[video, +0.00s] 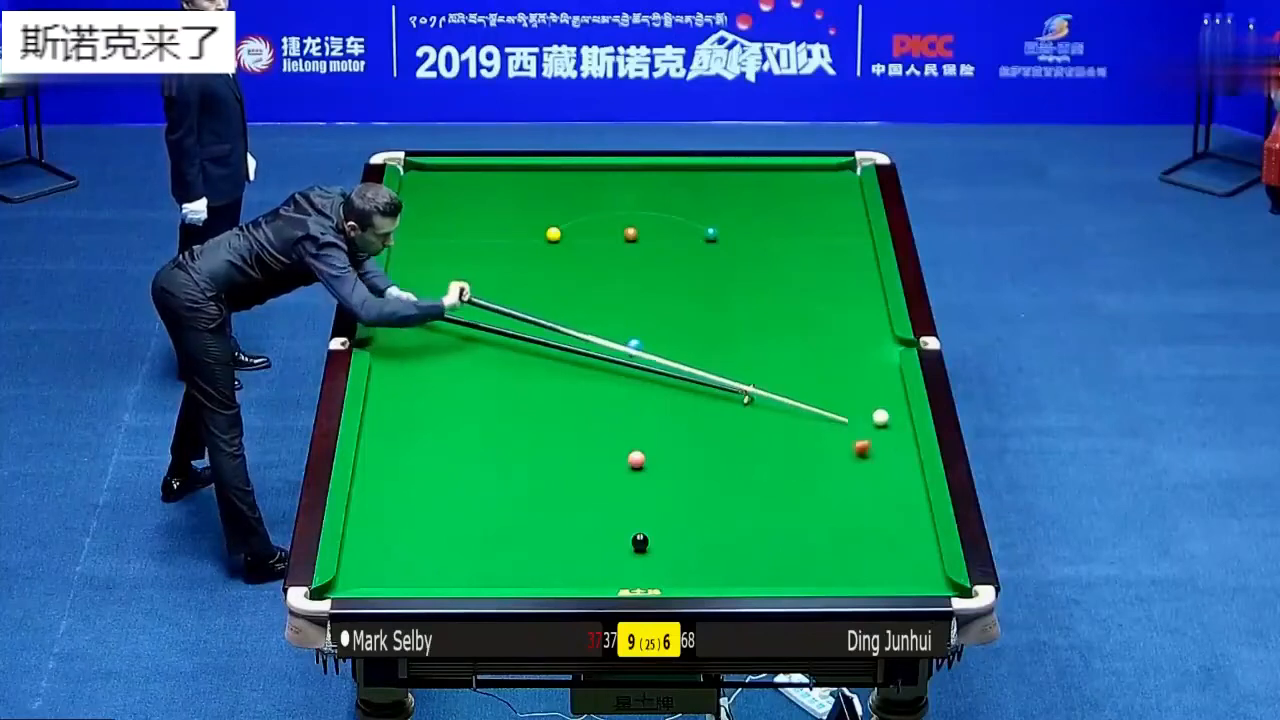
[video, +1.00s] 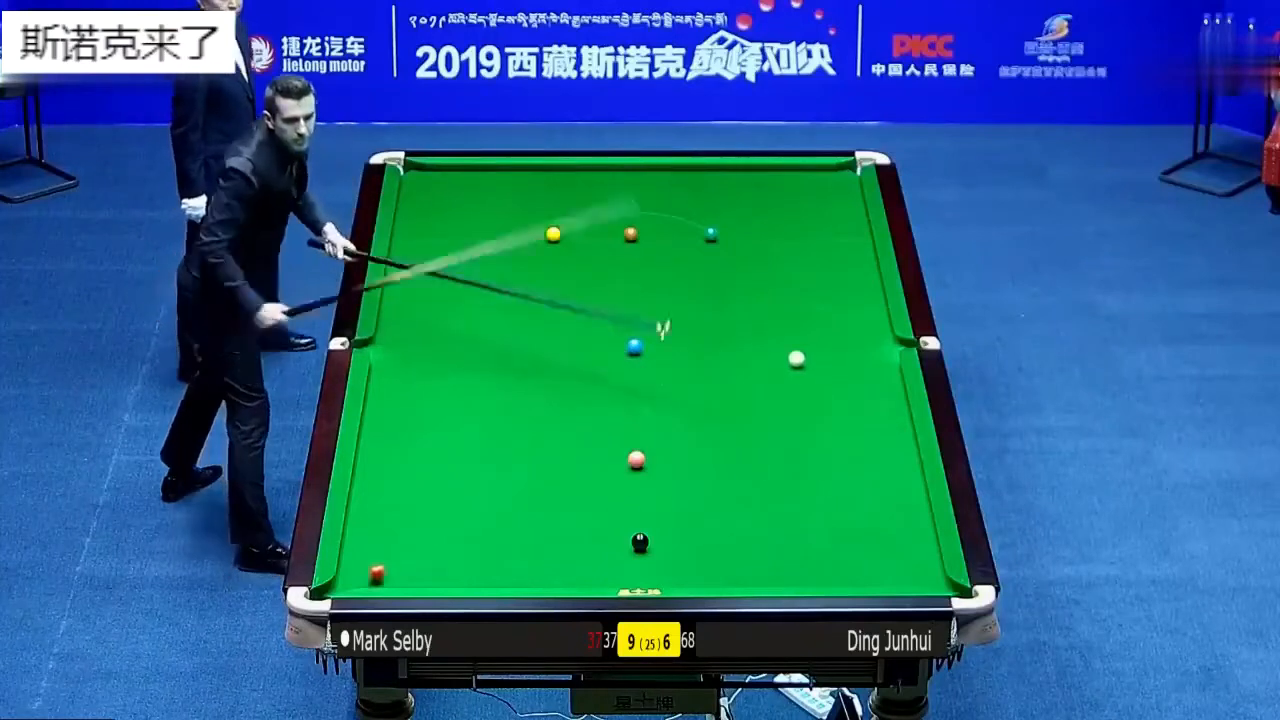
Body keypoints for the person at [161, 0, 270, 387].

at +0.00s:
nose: (223, 9)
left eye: (223, 4)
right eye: (214, 3)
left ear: (221, 10)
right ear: (190, 7)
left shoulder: (216, 54)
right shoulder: (185, 65)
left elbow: (227, 114)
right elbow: (181, 135)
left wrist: (242, 153)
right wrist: (191, 195)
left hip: (227, 184)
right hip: (206, 190)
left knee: (220, 267)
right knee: (205, 273)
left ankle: (218, 348)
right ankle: (211, 354)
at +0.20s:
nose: (221, 9)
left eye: (222, 4)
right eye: (212, 4)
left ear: (220, 9)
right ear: (189, 7)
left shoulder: (216, 52)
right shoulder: (183, 64)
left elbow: (228, 113)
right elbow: (180, 136)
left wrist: (243, 153)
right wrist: (190, 195)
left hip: (227, 183)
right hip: (206, 190)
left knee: (219, 270)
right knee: (202, 275)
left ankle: (218, 347)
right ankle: (204, 356)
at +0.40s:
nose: (220, 9)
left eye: (221, 4)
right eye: (211, 3)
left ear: (219, 9)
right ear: (188, 7)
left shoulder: (216, 52)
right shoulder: (182, 64)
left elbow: (227, 113)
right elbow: (180, 136)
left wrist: (243, 154)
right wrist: (190, 195)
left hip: (228, 184)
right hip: (205, 191)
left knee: (219, 272)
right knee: (201, 277)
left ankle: (218, 351)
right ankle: (202, 358)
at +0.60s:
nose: (214, 9)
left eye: (217, 3)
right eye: (205, 4)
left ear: (219, 8)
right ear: (185, 7)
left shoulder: (217, 53)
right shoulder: (180, 65)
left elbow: (229, 120)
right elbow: (177, 136)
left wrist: (248, 159)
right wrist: (188, 195)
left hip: (230, 187)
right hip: (204, 194)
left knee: (225, 279)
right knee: (199, 284)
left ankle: (226, 355)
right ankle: (195, 361)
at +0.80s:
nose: (221, 8)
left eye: (222, 4)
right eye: (212, 3)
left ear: (222, 9)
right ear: (190, 7)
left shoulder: (221, 53)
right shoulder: (182, 64)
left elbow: (233, 121)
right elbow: (176, 134)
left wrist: (246, 172)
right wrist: (186, 193)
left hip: (231, 186)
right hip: (204, 190)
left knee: (230, 275)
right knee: (197, 281)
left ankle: (231, 352)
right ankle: (194, 360)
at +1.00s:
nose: (234, 2)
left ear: (238, 2)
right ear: (205, 2)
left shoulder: (238, 31)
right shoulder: (194, 49)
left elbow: (242, 104)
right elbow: (185, 127)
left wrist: (263, 156)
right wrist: (193, 190)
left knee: (260, 256)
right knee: (202, 274)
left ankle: (269, 330)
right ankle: (196, 359)